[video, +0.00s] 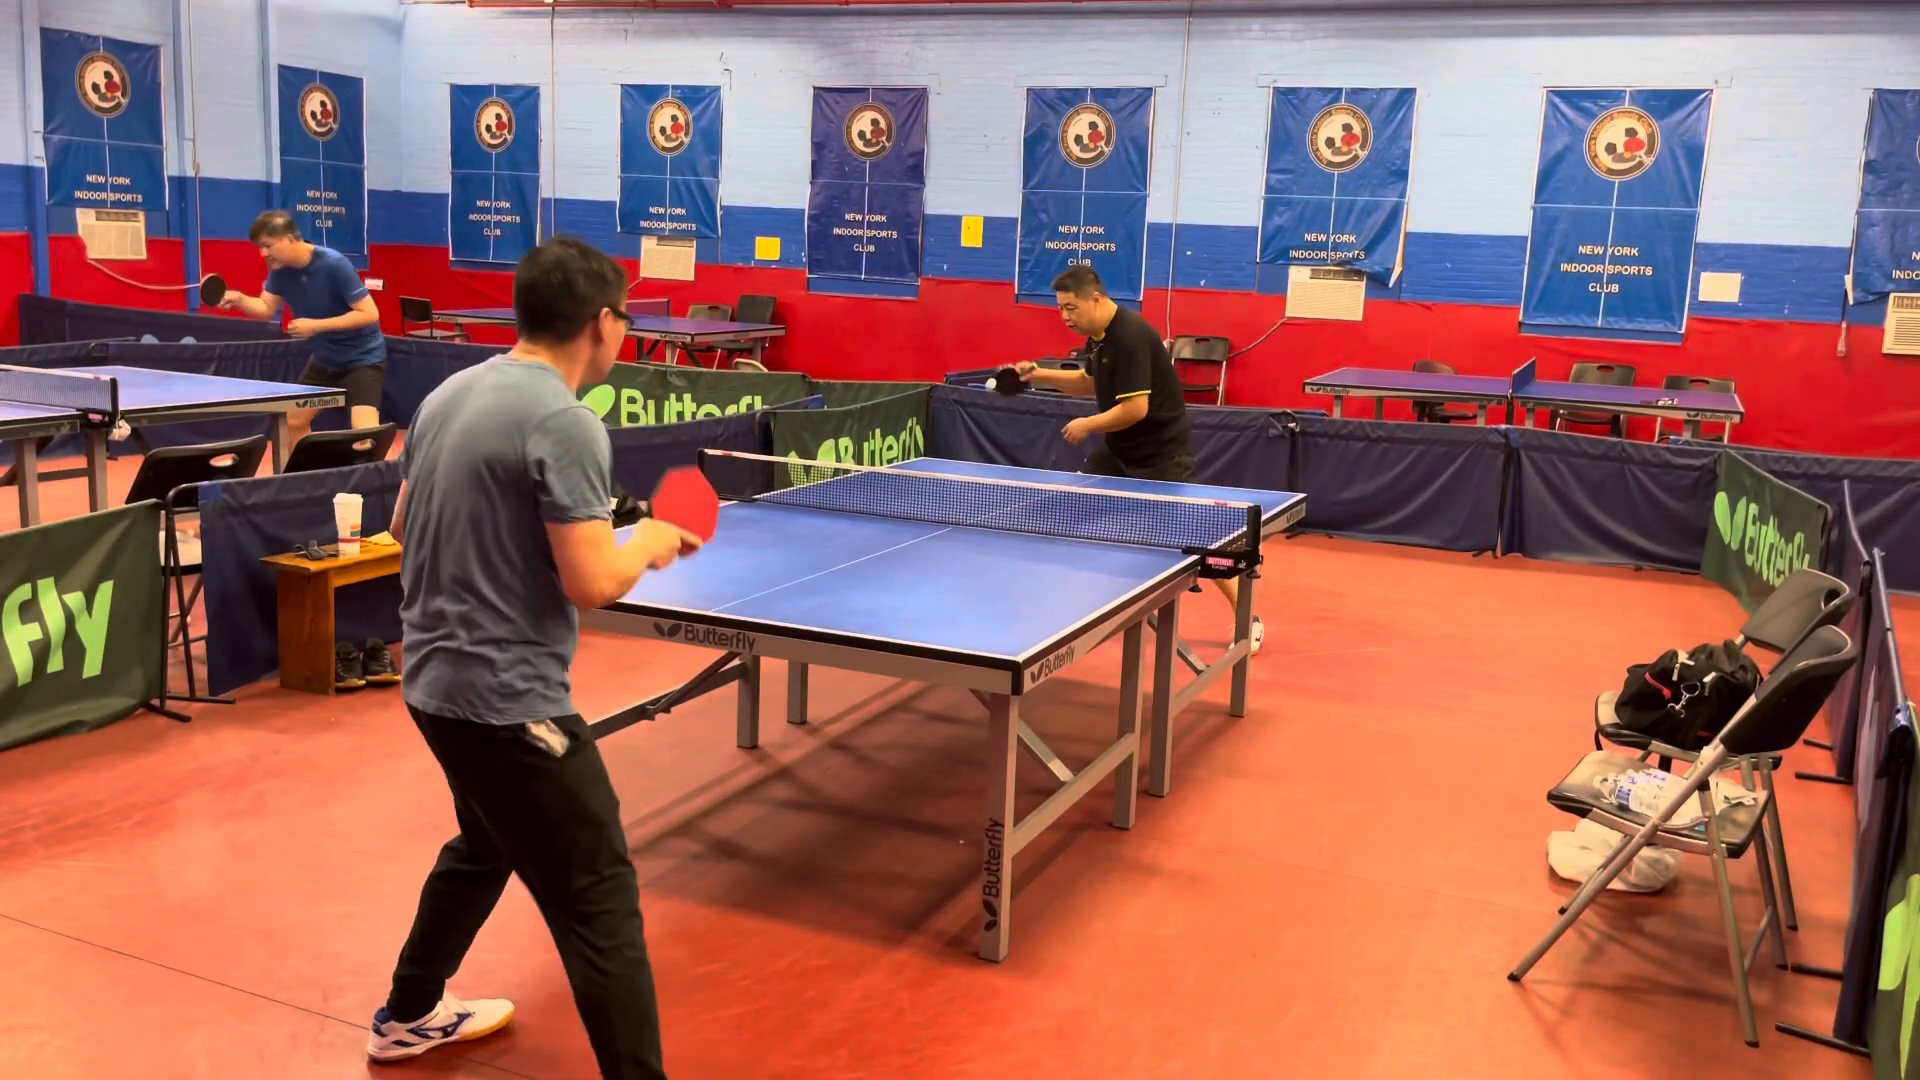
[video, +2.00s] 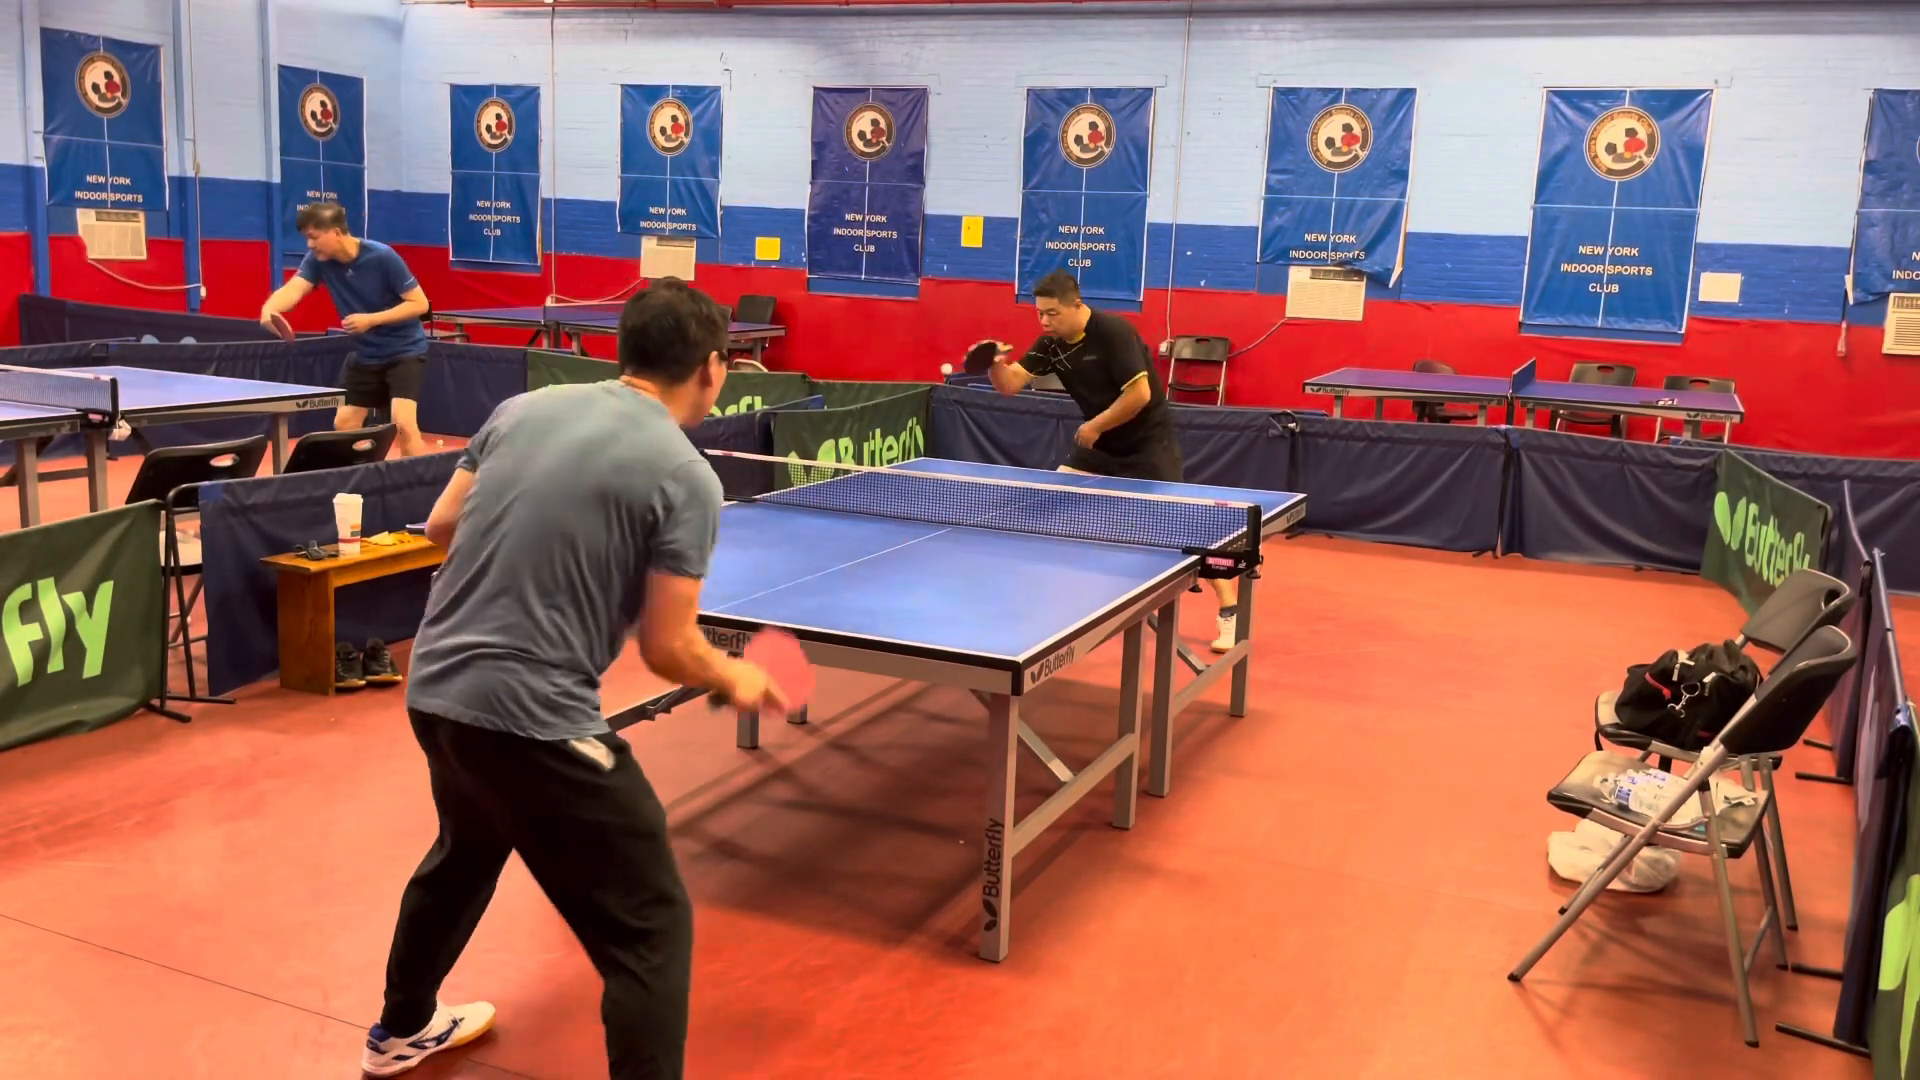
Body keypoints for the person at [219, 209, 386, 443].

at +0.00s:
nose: (263, 254)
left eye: (267, 246)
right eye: (261, 247)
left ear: (290, 240)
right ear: (287, 241)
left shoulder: (334, 264)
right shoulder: (282, 270)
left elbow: (370, 314)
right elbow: (266, 309)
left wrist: (316, 325)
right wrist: (240, 300)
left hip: (363, 357)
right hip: (325, 357)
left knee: (363, 430)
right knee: (294, 421)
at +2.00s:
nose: (310, 245)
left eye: (314, 238)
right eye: (307, 239)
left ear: (336, 233)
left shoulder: (382, 256)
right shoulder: (318, 260)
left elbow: (420, 304)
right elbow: (294, 289)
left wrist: (371, 319)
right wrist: (268, 308)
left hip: (406, 351)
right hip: (366, 353)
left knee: (403, 423)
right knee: (344, 423)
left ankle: (420, 492)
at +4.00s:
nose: (304, 233)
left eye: (309, 226)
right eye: (303, 227)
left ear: (332, 225)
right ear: (325, 227)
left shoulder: (375, 255)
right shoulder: (324, 260)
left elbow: (408, 307)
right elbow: (330, 304)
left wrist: (352, 315)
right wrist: (303, 320)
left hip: (400, 358)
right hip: (361, 358)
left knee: (412, 430)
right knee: (337, 424)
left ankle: (434, 494)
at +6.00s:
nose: (333, 209)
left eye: (339, 203)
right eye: (332, 203)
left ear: (362, 206)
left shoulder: (396, 245)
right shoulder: (344, 242)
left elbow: (422, 298)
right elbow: (347, 293)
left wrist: (368, 301)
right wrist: (324, 307)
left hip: (394, 355)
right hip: (356, 353)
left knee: (410, 432)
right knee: (350, 427)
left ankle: (439, 496)